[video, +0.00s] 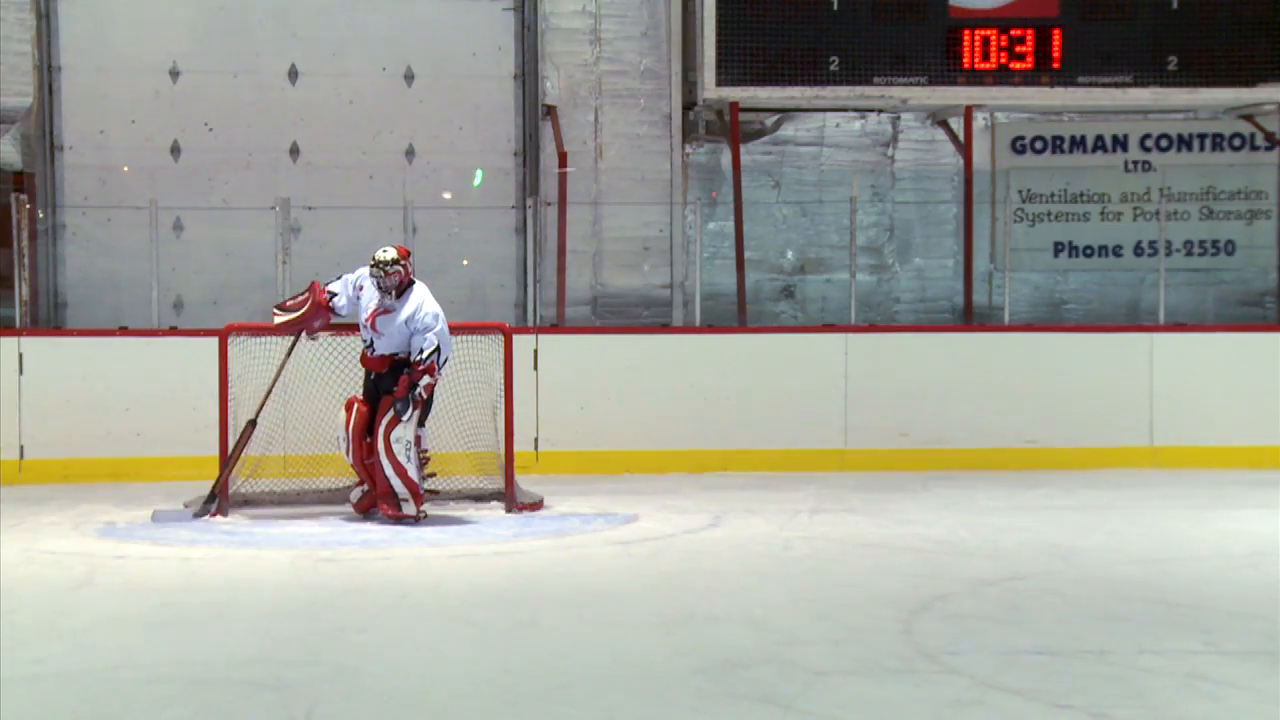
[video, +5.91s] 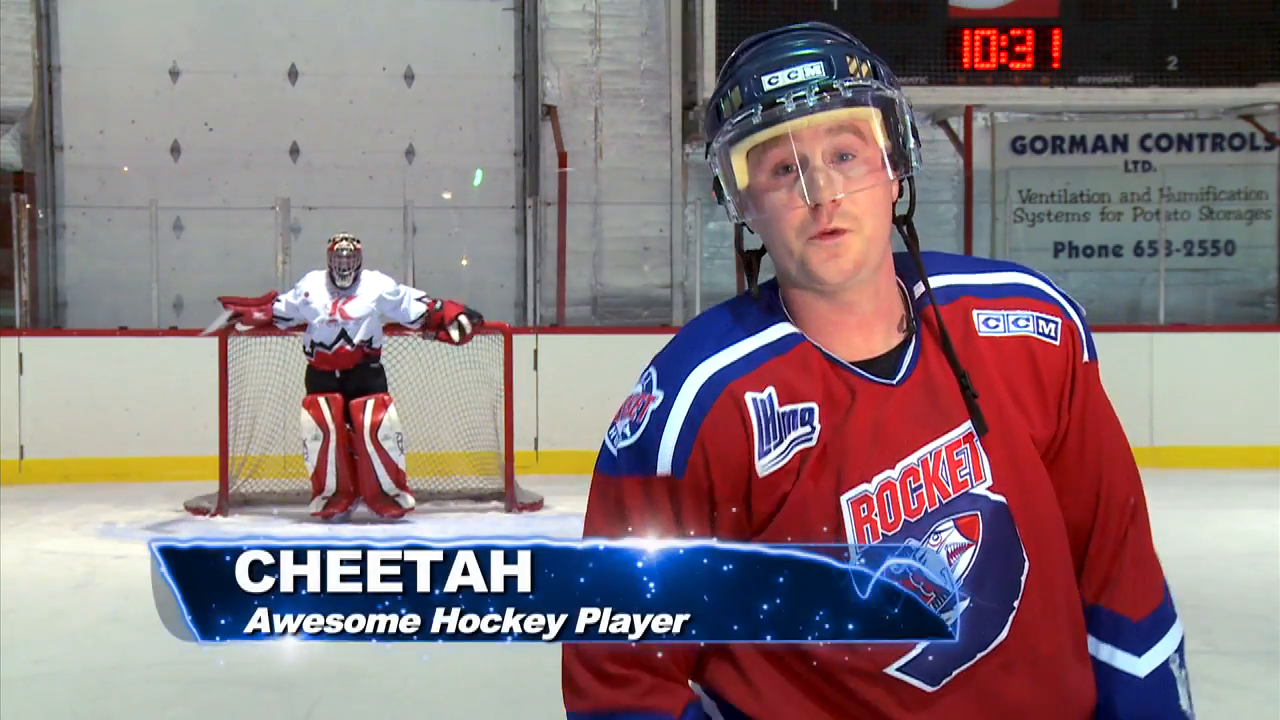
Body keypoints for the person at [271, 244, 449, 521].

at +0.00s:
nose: (383, 282)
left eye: (390, 275)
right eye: (379, 275)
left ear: (405, 274)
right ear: (373, 273)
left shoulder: (423, 307)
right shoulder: (367, 282)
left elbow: (429, 359)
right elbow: (337, 293)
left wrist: (411, 393)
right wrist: (312, 307)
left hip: (406, 377)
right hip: (375, 373)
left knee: (392, 437)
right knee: (365, 433)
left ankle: (404, 502)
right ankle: (375, 490)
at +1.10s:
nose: (400, 273)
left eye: (407, 267)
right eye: (395, 266)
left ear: (418, 268)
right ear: (387, 266)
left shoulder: (436, 306)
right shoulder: (367, 282)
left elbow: (458, 351)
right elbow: (333, 296)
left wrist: (451, 380)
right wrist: (316, 327)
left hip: (406, 380)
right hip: (366, 375)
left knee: (391, 438)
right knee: (355, 434)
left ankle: (399, 506)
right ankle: (356, 496)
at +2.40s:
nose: (384, 262)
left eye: (391, 256)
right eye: (380, 256)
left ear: (402, 259)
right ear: (372, 258)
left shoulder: (418, 293)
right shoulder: (354, 284)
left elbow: (445, 333)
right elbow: (337, 333)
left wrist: (441, 357)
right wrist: (326, 367)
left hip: (400, 379)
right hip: (359, 378)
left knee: (390, 435)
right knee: (341, 429)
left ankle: (399, 506)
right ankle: (346, 501)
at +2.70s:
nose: (369, 264)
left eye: (374, 258)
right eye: (362, 259)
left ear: (384, 259)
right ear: (354, 261)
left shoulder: (405, 290)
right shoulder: (336, 290)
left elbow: (437, 313)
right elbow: (322, 338)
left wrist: (462, 321)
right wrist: (318, 373)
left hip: (391, 376)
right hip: (349, 376)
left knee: (389, 435)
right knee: (340, 434)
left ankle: (400, 503)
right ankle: (339, 503)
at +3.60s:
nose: (343, 261)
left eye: (347, 255)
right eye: (336, 256)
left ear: (356, 256)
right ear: (326, 259)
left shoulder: (376, 285)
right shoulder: (313, 287)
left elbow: (407, 308)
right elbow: (292, 319)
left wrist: (441, 306)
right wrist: (304, 332)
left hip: (367, 371)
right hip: (326, 374)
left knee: (384, 426)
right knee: (331, 429)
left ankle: (384, 496)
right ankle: (335, 498)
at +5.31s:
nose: (347, 263)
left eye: (352, 257)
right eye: (341, 257)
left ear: (361, 259)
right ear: (331, 260)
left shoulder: (379, 286)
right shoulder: (313, 288)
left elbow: (411, 309)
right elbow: (288, 318)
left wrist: (445, 308)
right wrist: (264, 319)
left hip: (368, 373)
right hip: (326, 375)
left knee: (385, 431)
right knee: (330, 435)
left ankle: (386, 500)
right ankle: (333, 502)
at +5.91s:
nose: (344, 262)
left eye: (349, 256)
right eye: (338, 256)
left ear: (358, 260)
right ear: (329, 260)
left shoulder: (378, 287)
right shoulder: (311, 287)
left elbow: (418, 307)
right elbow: (278, 311)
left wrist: (453, 314)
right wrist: (243, 312)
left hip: (365, 373)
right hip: (322, 375)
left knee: (376, 433)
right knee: (326, 435)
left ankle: (388, 501)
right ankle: (334, 501)